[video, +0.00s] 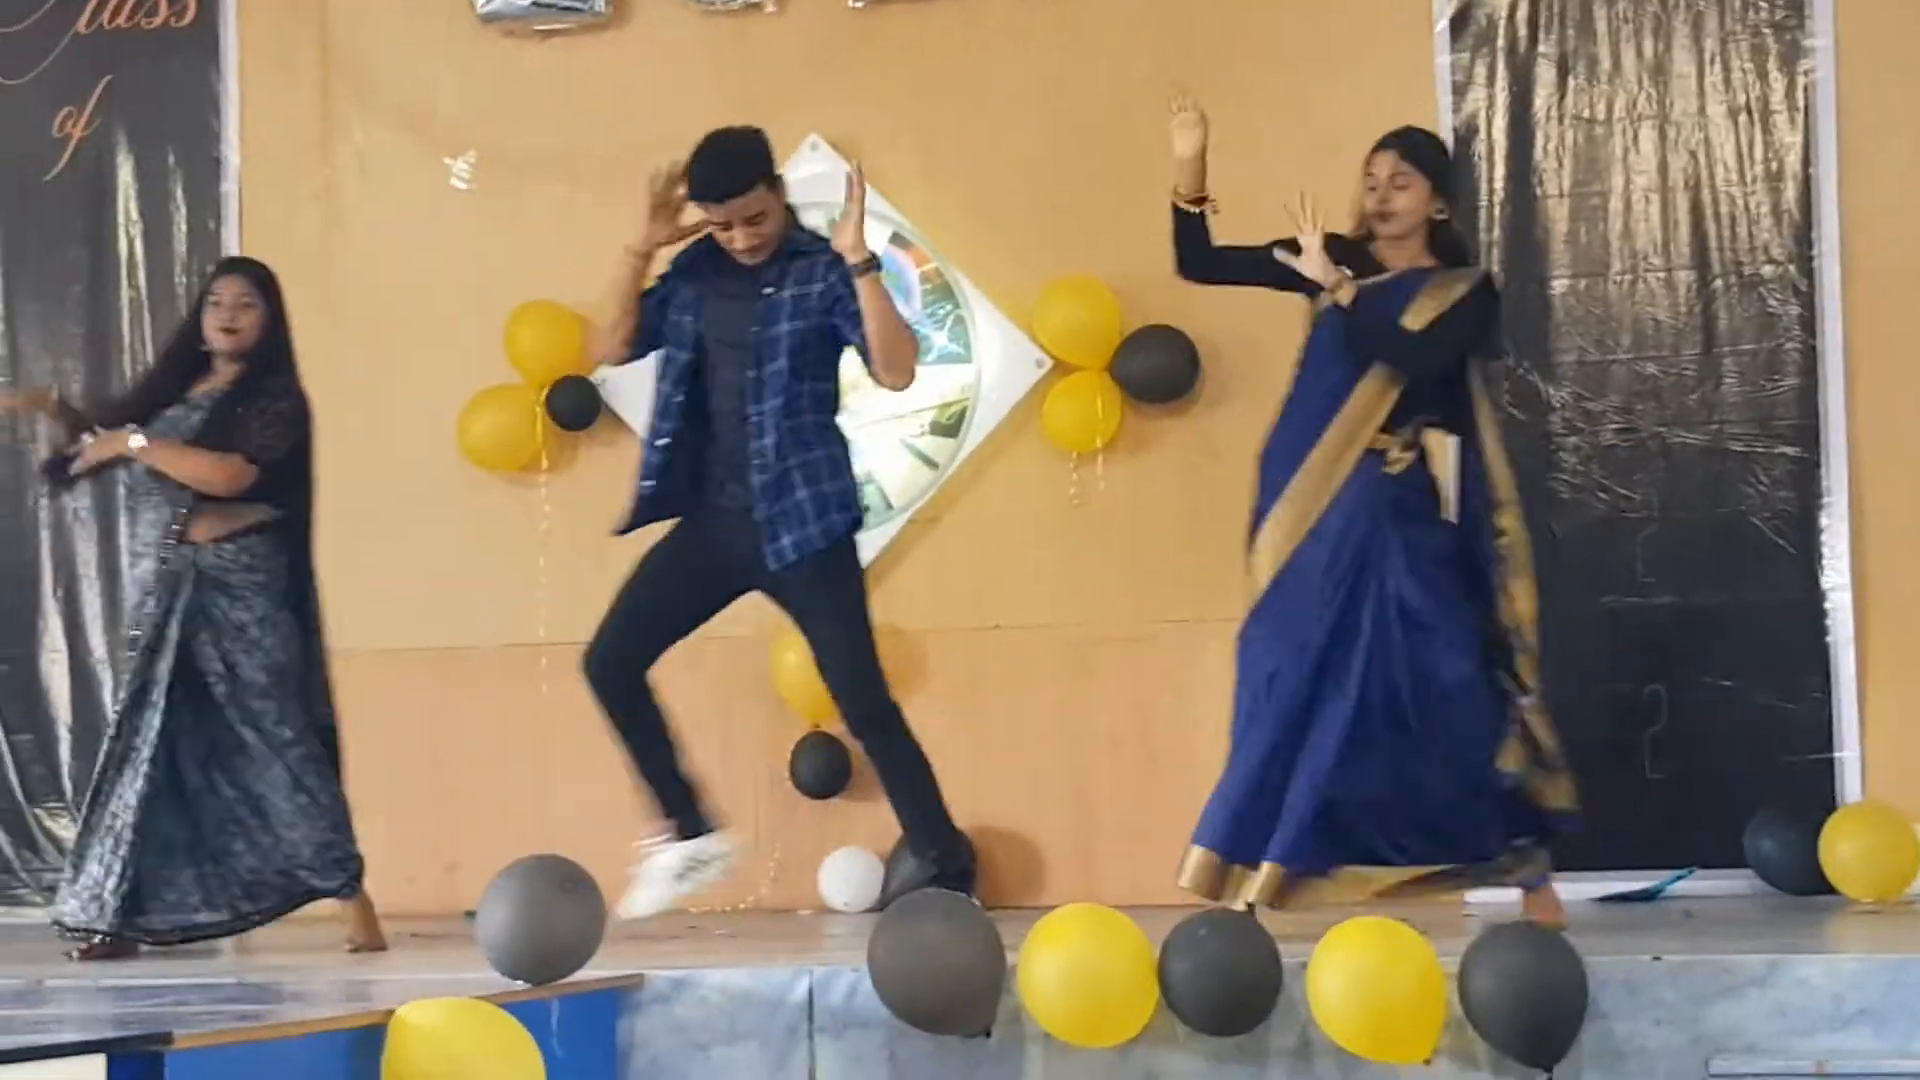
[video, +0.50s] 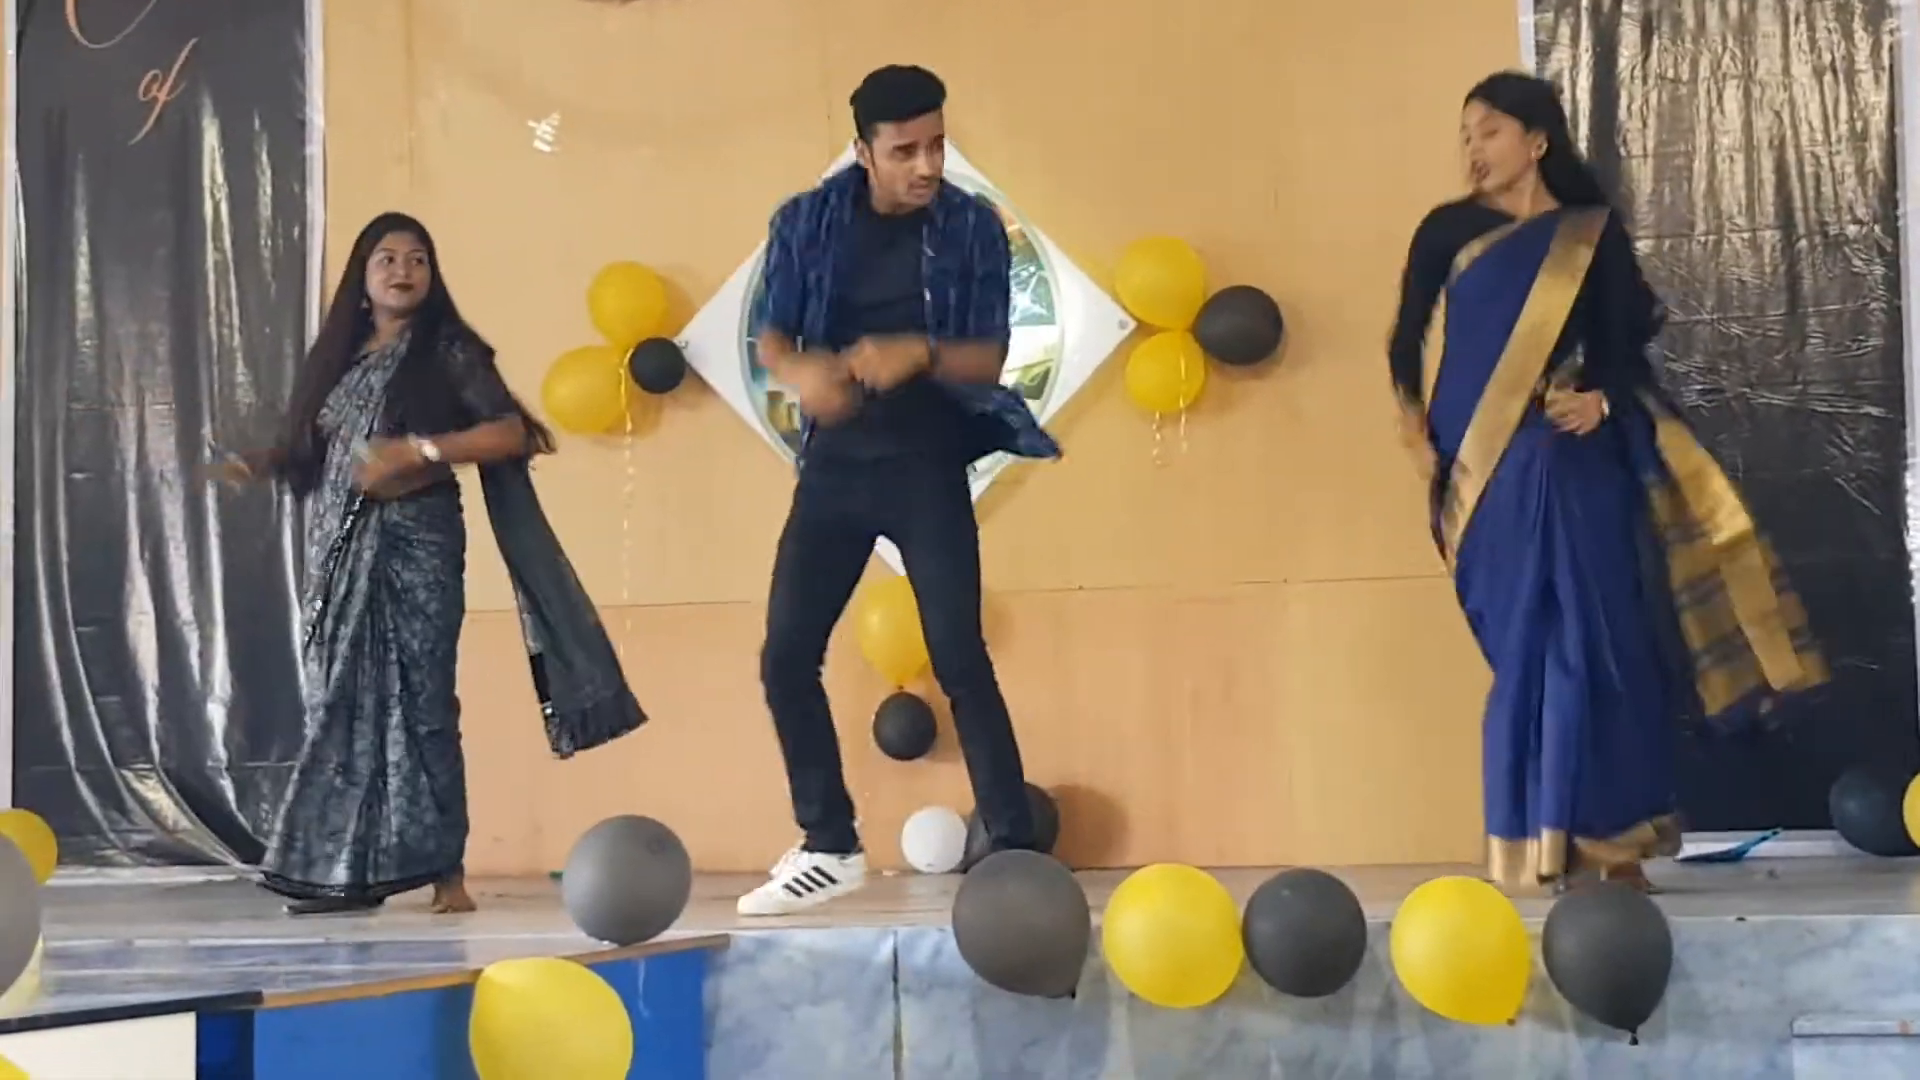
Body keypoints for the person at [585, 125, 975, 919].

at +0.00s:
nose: (741, 237)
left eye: (756, 218)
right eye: (724, 224)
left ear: (781, 196)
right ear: (703, 215)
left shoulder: (826, 270)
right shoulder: (693, 275)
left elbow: (897, 368)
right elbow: (616, 349)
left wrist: (860, 261)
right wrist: (642, 251)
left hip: (804, 527)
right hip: (714, 527)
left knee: (864, 706)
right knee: (611, 663)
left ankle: (948, 871)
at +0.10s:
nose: (776, 228)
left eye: (790, 210)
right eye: (760, 215)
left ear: (825, 187)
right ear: (742, 204)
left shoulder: (872, 261)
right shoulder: (745, 256)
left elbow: (922, 368)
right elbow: (664, 333)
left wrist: (877, 264)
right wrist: (668, 241)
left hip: (844, 518)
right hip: (757, 520)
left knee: (897, 694)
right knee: (677, 678)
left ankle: (968, 879)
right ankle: (808, 843)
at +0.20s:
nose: (811, 222)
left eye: (825, 204)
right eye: (795, 208)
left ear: (858, 182)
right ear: (779, 199)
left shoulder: (907, 252)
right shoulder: (777, 255)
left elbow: (956, 353)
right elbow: (691, 314)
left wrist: (912, 242)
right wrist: (714, 227)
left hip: (884, 510)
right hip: (798, 515)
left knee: (926, 687)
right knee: (730, 678)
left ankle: (995, 875)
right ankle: (852, 843)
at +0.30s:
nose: (845, 196)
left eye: (856, 178)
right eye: (827, 184)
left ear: (887, 157)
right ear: (810, 174)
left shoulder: (943, 218)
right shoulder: (804, 218)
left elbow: (999, 317)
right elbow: (707, 277)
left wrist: (929, 214)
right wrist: (726, 210)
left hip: (914, 483)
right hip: (821, 478)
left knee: (945, 668)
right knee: (731, 636)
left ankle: (1014, 857)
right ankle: (835, 806)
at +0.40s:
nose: (888, 169)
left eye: (902, 151)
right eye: (870, 155)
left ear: (922, 129)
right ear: (842, 142)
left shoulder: (961, 187)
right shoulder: (813, 180)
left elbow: (1007, 306)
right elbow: (739, 270)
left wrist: (928, 263)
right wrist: (755, 244)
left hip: (930, 459)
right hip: (837, 458)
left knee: (958, 650)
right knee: (765, 634)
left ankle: (1004, 846)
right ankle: (820, 829)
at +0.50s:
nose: (928, 166)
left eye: (936, 146)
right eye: (908, 152)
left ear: (944, 138)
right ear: (865, 149)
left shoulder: (972, 226)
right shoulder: (807, 221)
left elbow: (989, 361)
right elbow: (767, 342)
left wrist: (921, 352)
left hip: (930, 471)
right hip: (833, 472)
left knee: (959, 657)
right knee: (787, 660)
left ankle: (1010, 854)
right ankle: (830, 849)